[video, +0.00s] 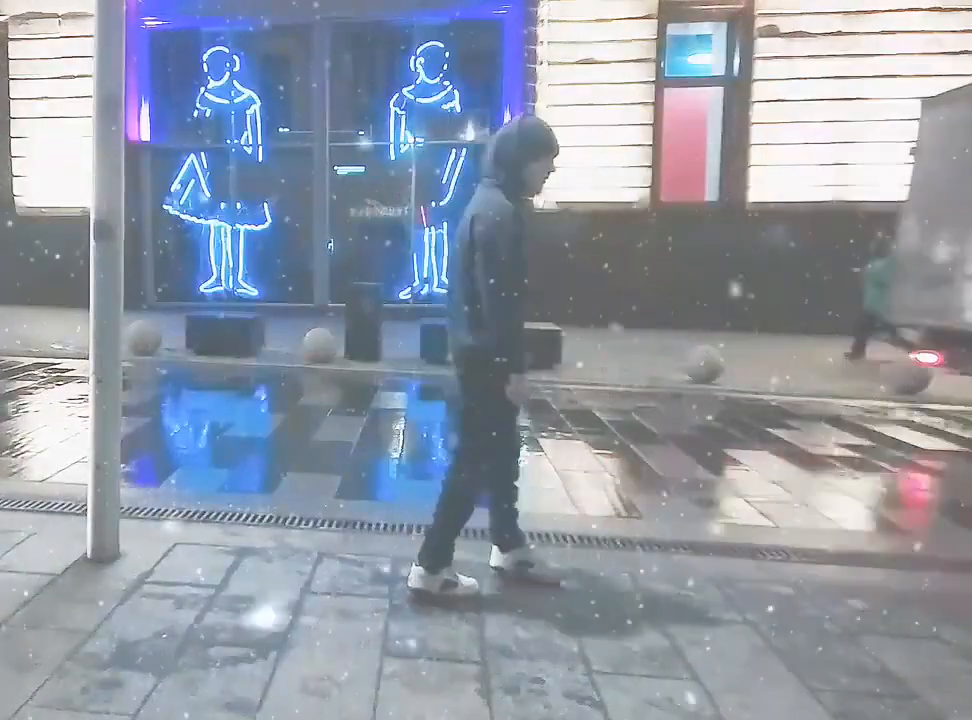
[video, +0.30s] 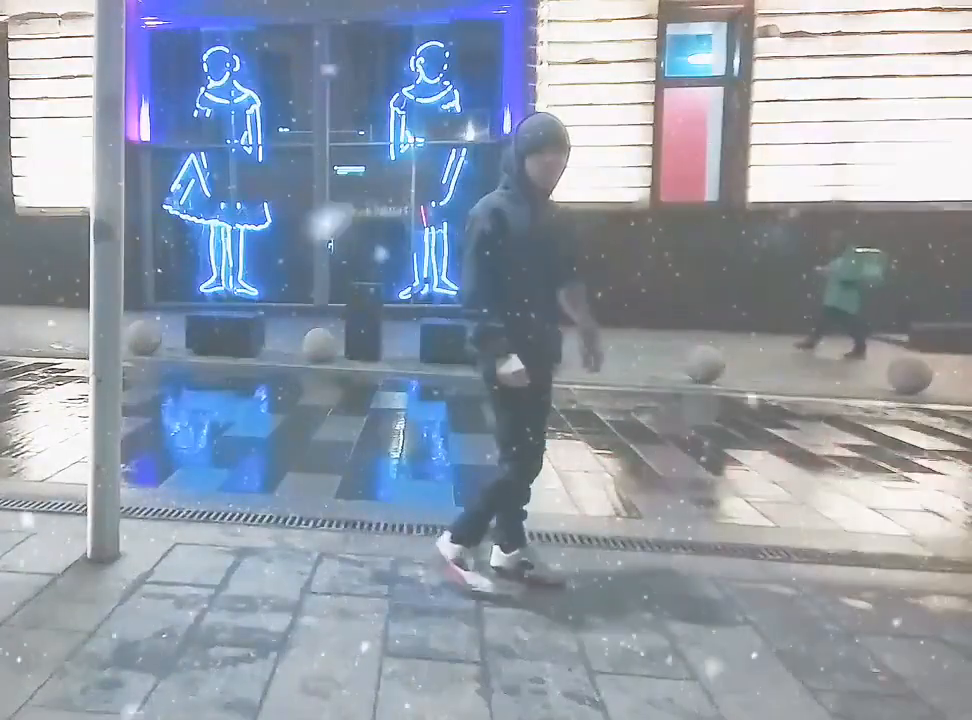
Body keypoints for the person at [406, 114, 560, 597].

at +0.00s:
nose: (549, 173)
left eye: (551, 164)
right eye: (545, 163)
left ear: (511, 162)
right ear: (520, 160)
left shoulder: (490, 204)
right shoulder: (497, 211)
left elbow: (494, 293)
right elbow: (496, 295)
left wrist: (507, 356)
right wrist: (510, 366)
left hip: (482, 350)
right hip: (482, 353)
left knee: (502, 449)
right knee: (474, 459)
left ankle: (509, 549)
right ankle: (430, 566)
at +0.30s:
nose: (559, 167)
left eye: (563, 157)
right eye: (552, 157)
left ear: (560, 159)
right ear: (525, 156)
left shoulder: (548, 214)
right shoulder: (492, 212)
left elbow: (566, 279)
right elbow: (478, 294)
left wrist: (588, 328)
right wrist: (500, 353)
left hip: (539, 342)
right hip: (502, 344)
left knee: (526, 456)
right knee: (520, 459)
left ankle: (509, 552)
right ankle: (456, 542)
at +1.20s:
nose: (567, 159)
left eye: (575, 149)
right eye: (557, 149)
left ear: (584, 155)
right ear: (534, 151)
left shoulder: (595, 214)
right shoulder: (499, 211)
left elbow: (614, 289)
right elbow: (485, 287)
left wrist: (616, 353)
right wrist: (513, 339)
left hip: (583, 362)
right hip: (524, 363)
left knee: (605, 472)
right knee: (531, 478)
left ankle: (579, 549)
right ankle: (537, 576)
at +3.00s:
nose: (494, 161)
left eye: (503, 148)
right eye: (491, 150)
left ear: (539, 143)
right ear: (499, 149)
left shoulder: (591, 205)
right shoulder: (502, 205)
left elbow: (612, 296)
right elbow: (472, 284)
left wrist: (573, 374)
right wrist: (432, 337)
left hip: (541, 384)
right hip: (490, 379)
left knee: (524, 501)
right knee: (499, 501)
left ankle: (592, 601)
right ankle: (517, 627)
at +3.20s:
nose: (476, 167)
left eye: (482, 154)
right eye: (473, 156)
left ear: (517, 147)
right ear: (485, 153)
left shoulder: (569, 205)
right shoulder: (494, 201)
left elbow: (594, 292)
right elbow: (475, 284)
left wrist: (580, 376)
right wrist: (439, 347)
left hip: (522, 374)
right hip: (482, 370)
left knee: (472, 494)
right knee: (499, 496)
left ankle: (521, 631)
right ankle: (508, 620)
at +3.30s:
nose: (457, 172)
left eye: (462, 158)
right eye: (453, 160)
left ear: (496, 150)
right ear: (478, 154)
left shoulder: (548, 206)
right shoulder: (488, 205)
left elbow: (579, 290)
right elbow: (482, 294)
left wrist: (577, 376)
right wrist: (464, 367)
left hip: (506, 376)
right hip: (473, 373)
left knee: (448, 492)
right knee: (502, 495)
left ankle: (450, 633)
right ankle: (517, 623)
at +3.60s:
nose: (410, 171)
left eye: (411, 157)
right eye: (405, 159)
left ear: (439, 149)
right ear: (449, 148)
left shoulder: (482, 201)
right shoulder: (467, 200)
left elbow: (509, 292)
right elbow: (466, 295)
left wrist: (503, 376)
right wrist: (431, 371)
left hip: (458, 372)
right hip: (452, 369)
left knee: (407, 490)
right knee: (486, 490)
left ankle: (395, 620)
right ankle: (516, 612)